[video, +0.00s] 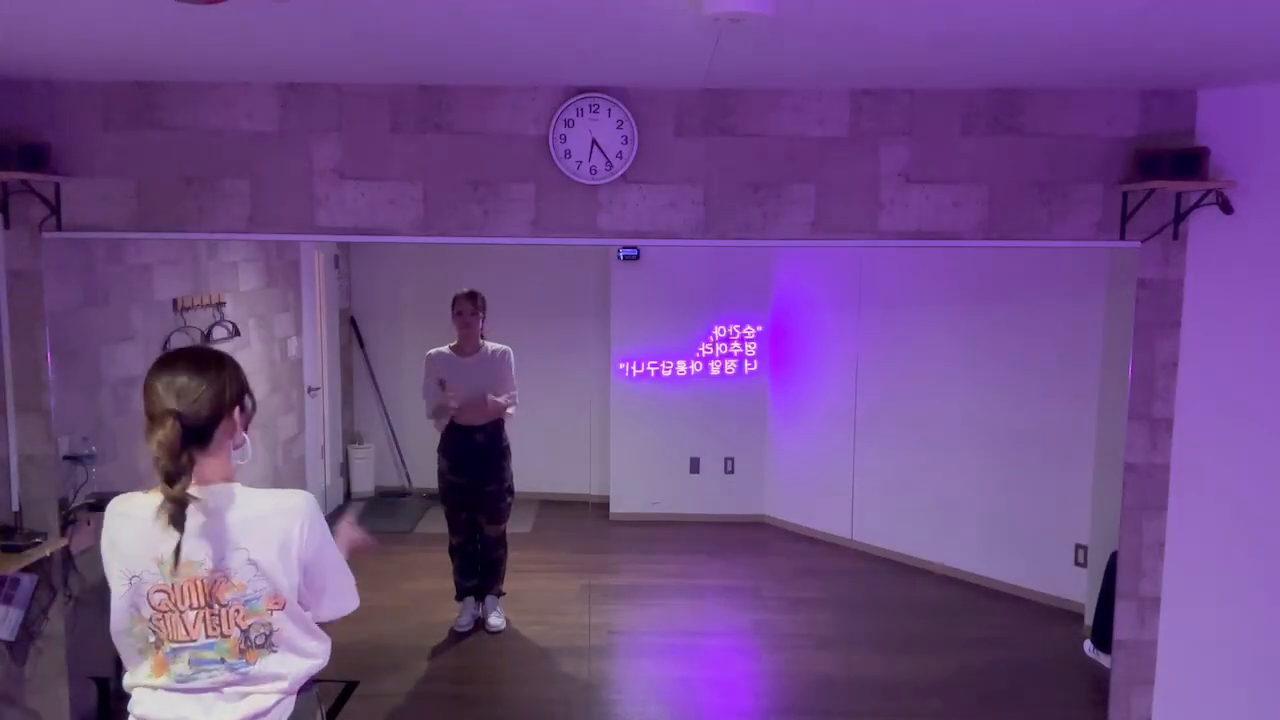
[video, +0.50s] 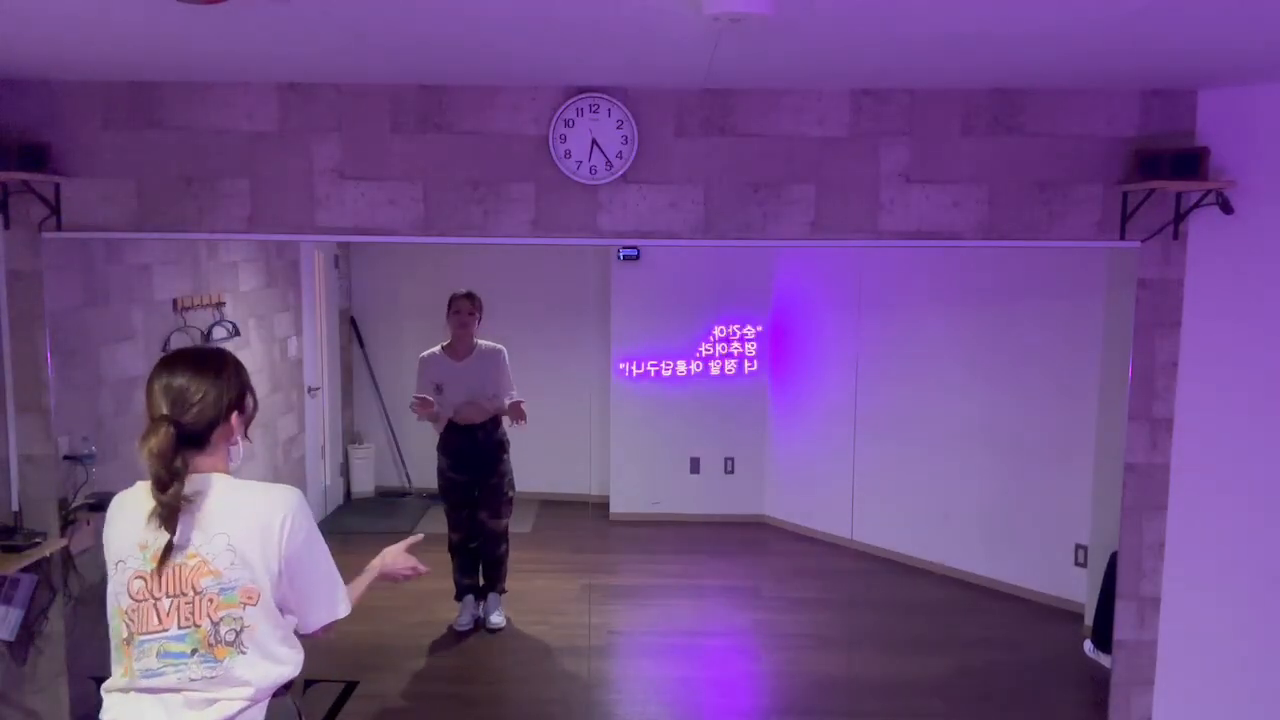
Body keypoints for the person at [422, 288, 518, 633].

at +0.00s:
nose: (465, 319)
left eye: (471, 313)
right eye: (459, 314)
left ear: (482, 318)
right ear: (452, 319)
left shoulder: (501, 355)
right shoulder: (436, 359)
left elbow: (511, 402)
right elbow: (431, 411)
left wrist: (499, 403)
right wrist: (444, 404)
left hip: (492, 445)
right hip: (455, 447)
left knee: (493, 525)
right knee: (459, 526)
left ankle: (493, 599)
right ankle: (468, 600)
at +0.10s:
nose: (464, 320)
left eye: (470, 314)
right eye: (457, 314)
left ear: (481, 318)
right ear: (450, 319)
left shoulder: (499, 355)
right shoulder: (435, 359)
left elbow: (505, 406)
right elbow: (436, 414)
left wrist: (471, 402)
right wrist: (479, 409)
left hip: (491, 446)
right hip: (454, 447)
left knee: (493, 525)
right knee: (459, 526)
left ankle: (493, 600)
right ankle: (468, 601)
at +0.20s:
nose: (463, 320)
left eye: (469, 314)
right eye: (457, 314)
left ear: (480, 318)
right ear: (449, 319)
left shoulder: (498, 354)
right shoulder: (434, 358)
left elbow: (507, 404)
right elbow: (432, 411)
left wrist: (472, 410)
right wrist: (477, 408)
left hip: (491, 445)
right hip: (454, 447)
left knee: (493, 524)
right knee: (459, 526)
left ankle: (492, 600)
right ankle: (468, 601)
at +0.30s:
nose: (462, 319)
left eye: (468, 313)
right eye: (456, 314)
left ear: (479, 318)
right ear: (448, 318)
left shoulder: (497, 354)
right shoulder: (432, 358)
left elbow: (510, 403)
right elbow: (427, 410)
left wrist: (486, 409)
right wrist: (454, 411)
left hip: (490, 446)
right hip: (453, 448)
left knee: (493, 523)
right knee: (459, 526)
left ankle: (492, 600)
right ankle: (467, 601)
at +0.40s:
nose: (463, 318)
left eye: (470, 313)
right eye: (457, 312)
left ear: (479, 318)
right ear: (448, 317)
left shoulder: (495, 354)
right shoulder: (430, 358)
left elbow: (510, 399)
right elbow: (422, 408)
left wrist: (502, 407)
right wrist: (433, 408)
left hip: (490, 444)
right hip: (453, 446)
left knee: (493, 523)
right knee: (459, 526)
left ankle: (492, 600)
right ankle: (467, 601)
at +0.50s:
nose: (463, 319)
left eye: (469, 313)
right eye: (456, 313)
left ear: (479, 318)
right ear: (447, 318)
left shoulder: (495, 354)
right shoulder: (429, 361)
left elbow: (507, 401)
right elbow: (429, 412)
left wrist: (512, 408)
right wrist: (427, 410)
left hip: (491, 445)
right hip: (453, 447)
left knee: (494, 523)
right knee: (459, 526)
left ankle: (494, 599)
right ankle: (467, 600)